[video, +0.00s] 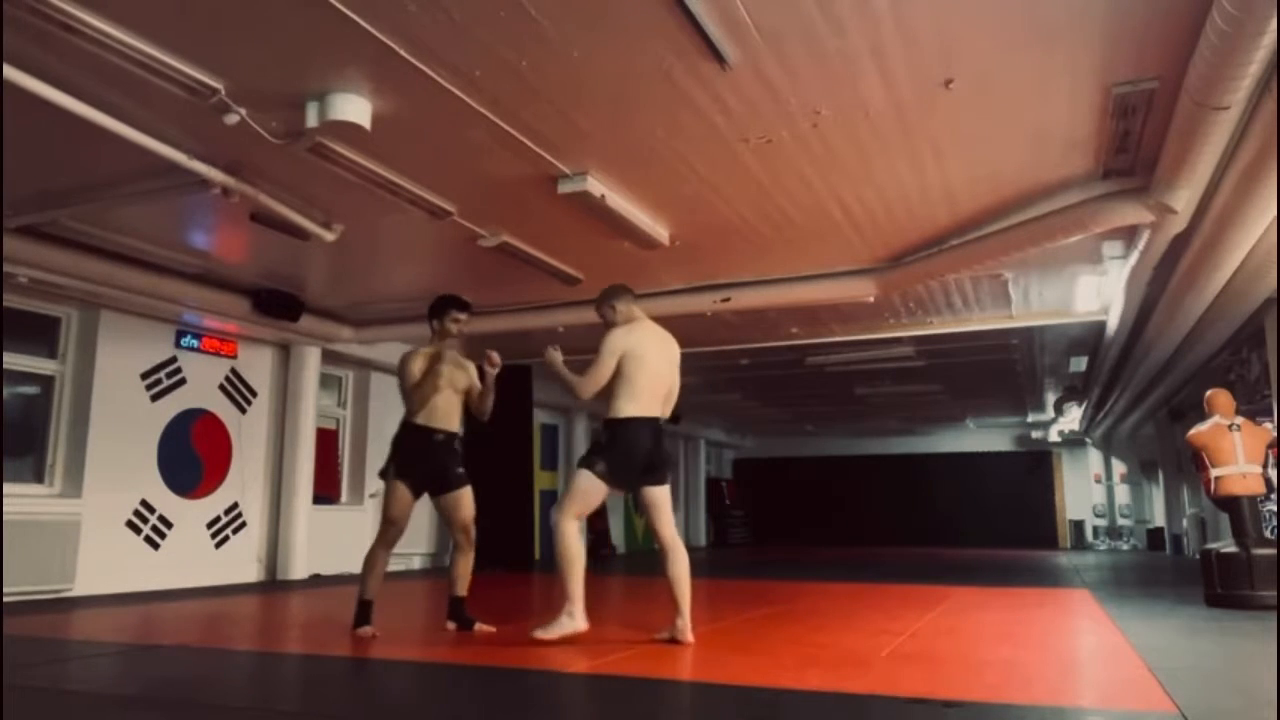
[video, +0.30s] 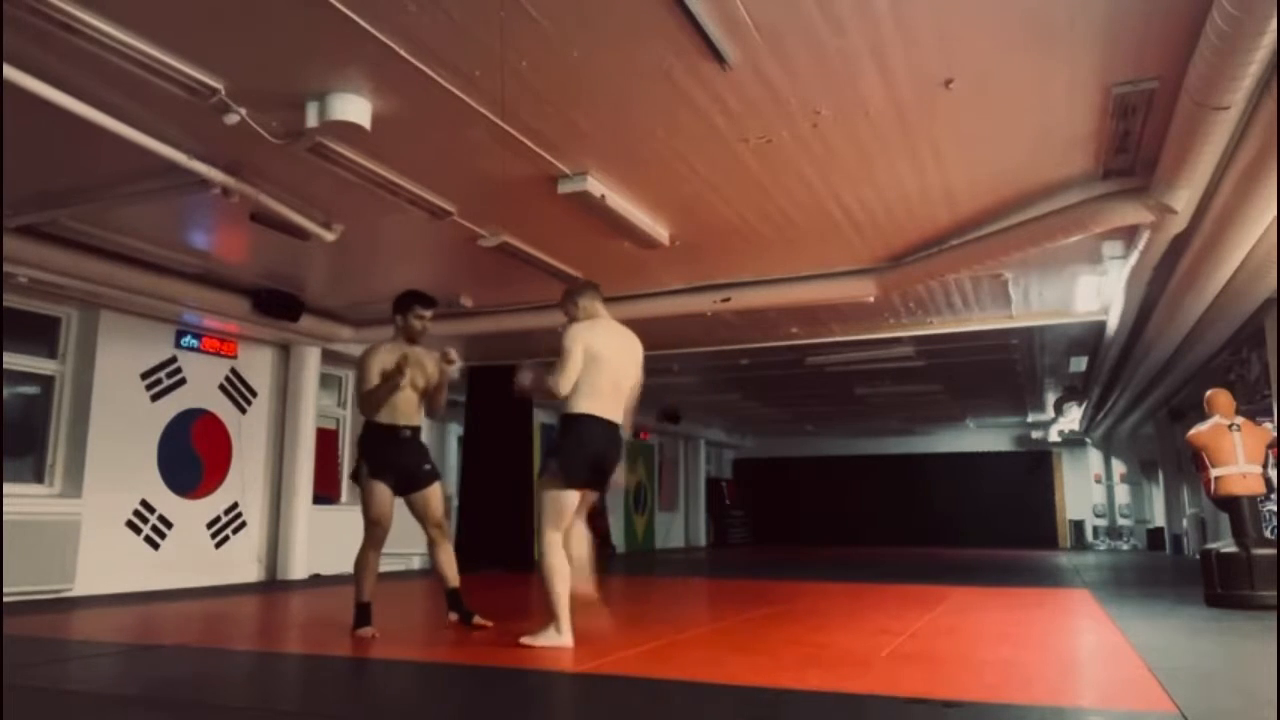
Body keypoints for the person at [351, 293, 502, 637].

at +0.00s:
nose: (461, 328)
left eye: (464, 323)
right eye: (455, 321)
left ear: (465, 327)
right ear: (435, 322)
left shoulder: (468, 367)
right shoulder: (416, 358)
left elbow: (483, 412)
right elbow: (412, 400)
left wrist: (490, 378)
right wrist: (438, 361)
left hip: (450, 449)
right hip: (413, 444)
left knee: (466, 532)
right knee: (390, 530)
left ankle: (458, 610)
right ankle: (364, 613)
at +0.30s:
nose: (425, 325)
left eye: (429, 320)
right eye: (419, 318)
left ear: (429, 321)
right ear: (400, 317)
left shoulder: (428, 358)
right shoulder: (377, 355)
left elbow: (435, 410)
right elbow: (366, 406)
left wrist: (444, 376)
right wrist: (394, 380)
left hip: (413, 443)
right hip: (379, 441)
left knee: (438, 526)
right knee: (376, 530)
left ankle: (458, 606)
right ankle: (363, 616)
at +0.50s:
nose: (410, 327)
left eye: (413, 321)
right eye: (404, 320)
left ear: (413, 323)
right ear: (385, 319)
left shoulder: (408, 359)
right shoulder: (366, 356)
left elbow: (412, 409)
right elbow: (361, 406)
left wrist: (419, 372)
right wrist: (398, 429)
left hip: (394, 442)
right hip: (364, 442)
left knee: (415, 524)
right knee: (374, 529)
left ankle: (415, 595)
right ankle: (363, 612)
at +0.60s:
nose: (402, 328)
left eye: (406, 322)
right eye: (396, 321)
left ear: (406, 324)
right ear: (378, 320)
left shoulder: (397, 358)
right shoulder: (363, 360)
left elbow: (408, 408)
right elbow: (360, 412)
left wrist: (409, 371)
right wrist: (395, 448)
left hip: (387, 440)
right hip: (359, 441)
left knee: (398, 527)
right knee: (373, 528)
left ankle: (379, 596)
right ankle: (361, 612)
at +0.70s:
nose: (393, 331)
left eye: (397, 326)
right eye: (386, 325)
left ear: (398, 328)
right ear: (369, 325)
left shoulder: (388, 362)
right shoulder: (358, 364)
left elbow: (404, 405)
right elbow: (362, 416)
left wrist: (399, 362)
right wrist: (397, 451)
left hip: (377, 444)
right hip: (353, 445)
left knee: (383, 528)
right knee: (373, 528)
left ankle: (345, 583)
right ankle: (361, 613)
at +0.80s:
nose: (376, 336)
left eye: (381, 330)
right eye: (370, 330)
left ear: (387, 333)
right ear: (355, 331)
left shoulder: (380, 364)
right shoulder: (349, 364)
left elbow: (391, 404)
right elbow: (366, 412)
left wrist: (383, 367)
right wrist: (402, 448)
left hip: (368, 451)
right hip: (347, 450)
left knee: (358, 532)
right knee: (374, 528)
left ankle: (315, 581)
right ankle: (361, 617)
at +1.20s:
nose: (333, 344)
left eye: (337, 338)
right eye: (326, 337)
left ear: (339, 339)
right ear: (308, 337)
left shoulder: (327, 370)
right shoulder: (303, 371)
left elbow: (350, 411)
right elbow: (328, 415)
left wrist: (341, 381)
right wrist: (353, 458)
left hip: (326, 452)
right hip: (309, 453)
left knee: (312, 537)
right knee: (340, 522)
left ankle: (282, 601)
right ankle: (334, 604)